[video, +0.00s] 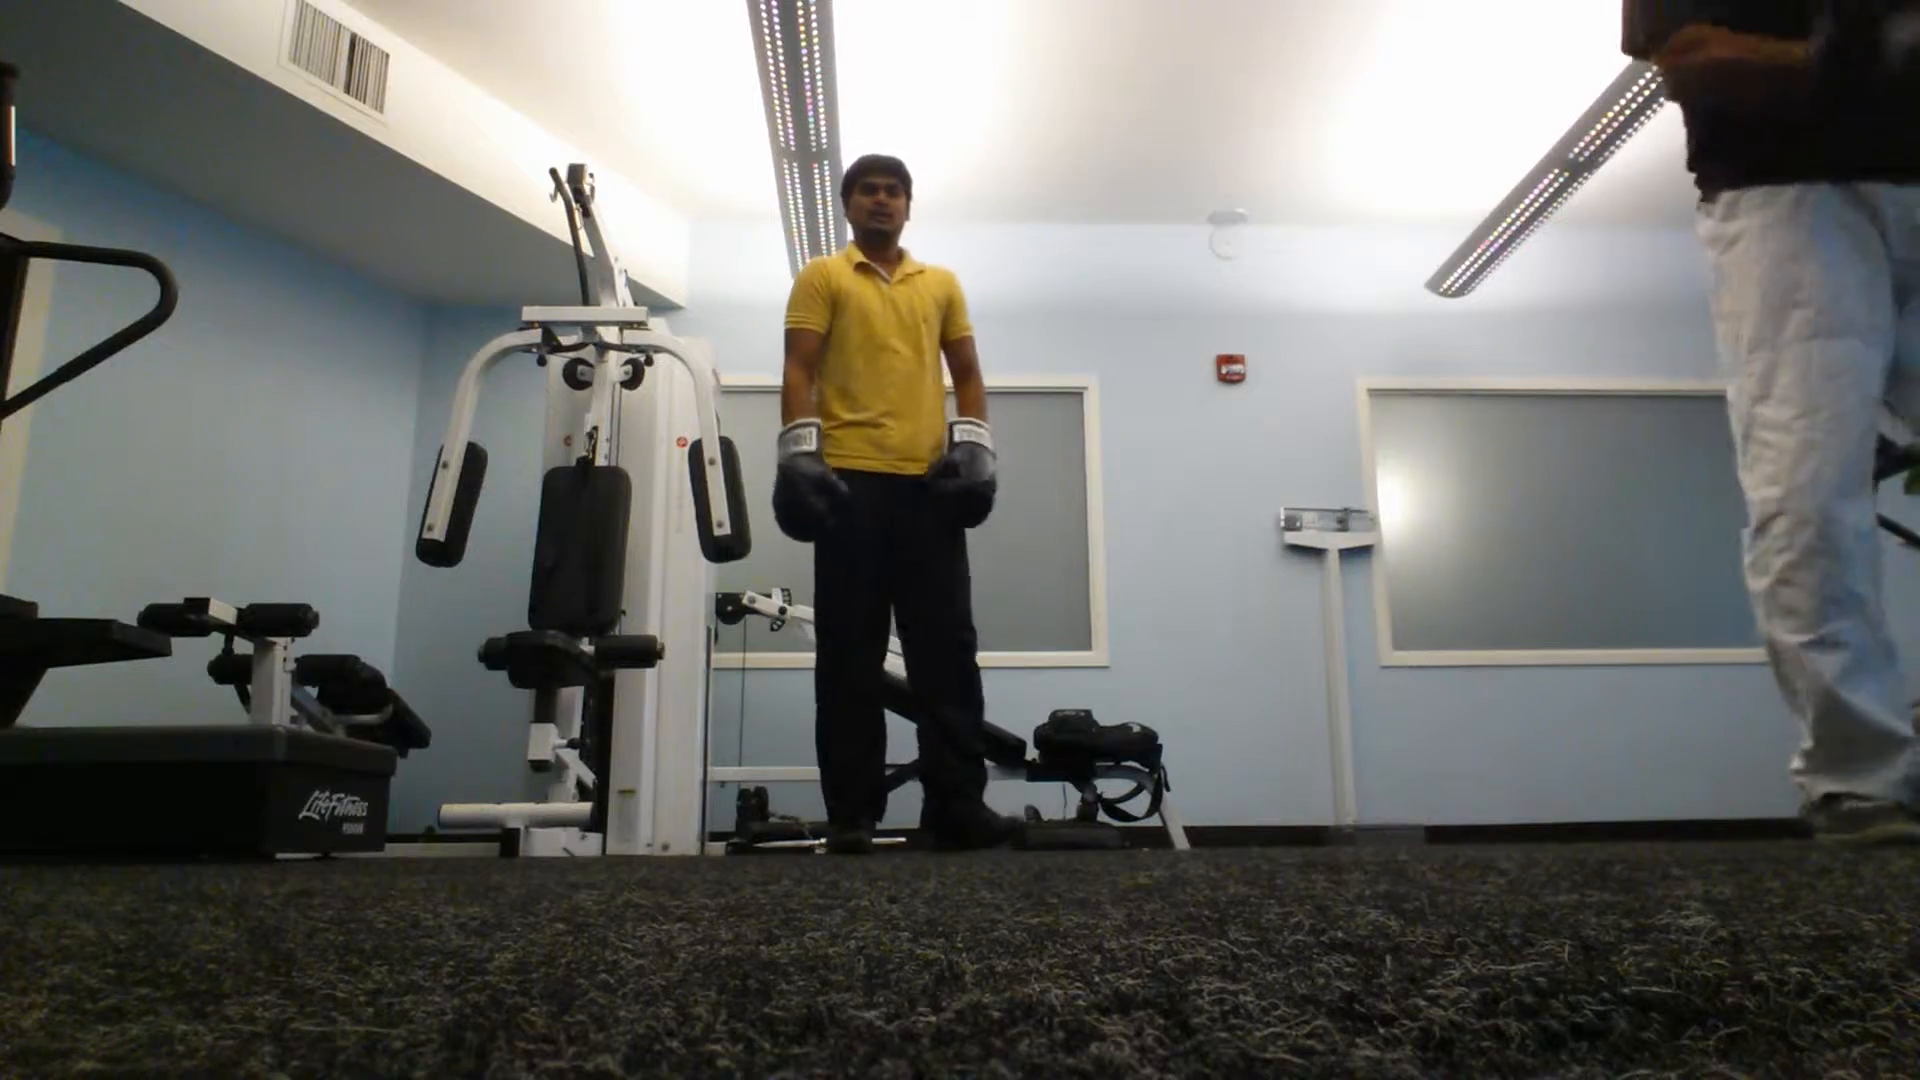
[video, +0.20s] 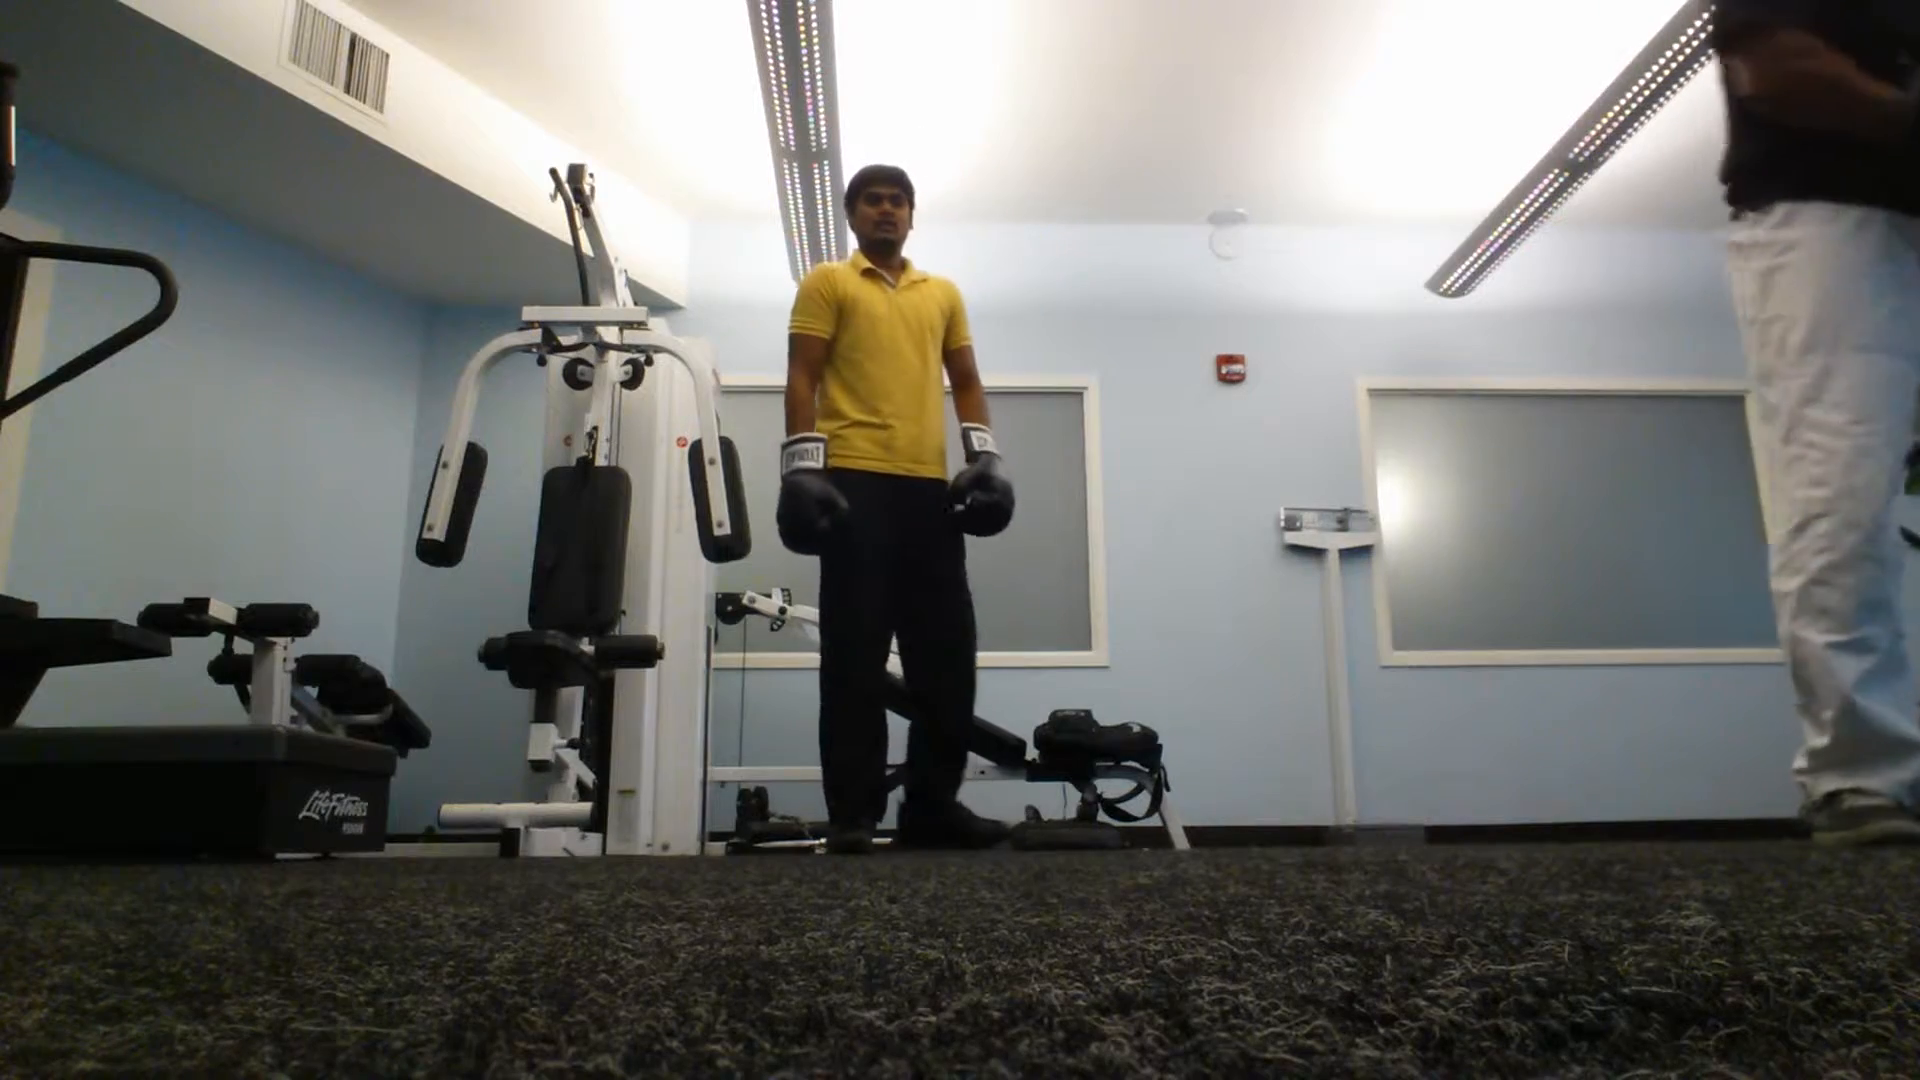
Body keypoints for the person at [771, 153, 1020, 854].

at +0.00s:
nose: (880, 201)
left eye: (892, 192)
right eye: (867, 191)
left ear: (909, 206)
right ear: (846, 205)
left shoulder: (939, 285)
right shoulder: (822, 279)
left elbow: (966, 376)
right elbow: (799, 367)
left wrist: (975, 446)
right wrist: (801, 453)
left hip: (929, 486)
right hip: (848, 484)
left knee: (946, 647)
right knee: (851, 656)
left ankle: (955, 808)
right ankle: (851, 816)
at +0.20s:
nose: (886, 210)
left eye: (897, 201)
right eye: (872, 200)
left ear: (913, 215)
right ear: (851, 214)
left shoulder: (942, 294)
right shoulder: (828, 284)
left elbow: (966, 382)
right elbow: (802, 375)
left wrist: (983, 457)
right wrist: (804, 464)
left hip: (926, 491)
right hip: (852, 487)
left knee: (947, 648)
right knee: (855, 655)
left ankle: (932, 807)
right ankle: (852, 816)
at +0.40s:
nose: (904, 226)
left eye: (913, 216)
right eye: (890, 216)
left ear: (925, 229)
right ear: (866, 231)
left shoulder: (953, 309)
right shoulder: (847, 298)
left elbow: (976, 391)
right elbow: (817, 385)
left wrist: (992, 466)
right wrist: (803, 475)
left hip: (937, 493)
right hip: (871, 488)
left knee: (925, 649)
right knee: (866, 648)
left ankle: (914, 808)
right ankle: (857, 813)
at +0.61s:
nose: (940, 241)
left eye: (944, 232)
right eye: (927, 231)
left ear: (948, 244)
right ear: (893, 245)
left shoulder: (969, 326)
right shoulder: (873, 308)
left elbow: (985, 407)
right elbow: (838, 390)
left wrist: (1005, 478)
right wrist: (826, 474)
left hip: (954, 501)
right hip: (896, 494)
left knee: (937, 650)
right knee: (890, 648)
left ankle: (915, 811)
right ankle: (862, 814)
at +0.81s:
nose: (960, 253)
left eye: (964, 245)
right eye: (948, 243)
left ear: (966, 256)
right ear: (913, 252)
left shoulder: (979, 336)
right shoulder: (891, 315)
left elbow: (992, 423)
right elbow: (861, 399)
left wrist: (1017, 503)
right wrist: (870, 482)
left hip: (963, 501)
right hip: (915, 491)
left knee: (953, 646)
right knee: (929, 639)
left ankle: (921, 806)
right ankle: (891, 805)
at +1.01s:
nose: (971, 260)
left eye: (975, 252)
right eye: (959, 250)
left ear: (975, 264)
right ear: (923, 256)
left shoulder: (978, 344)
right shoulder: (904, 314)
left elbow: (989, 432)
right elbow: (876, 396)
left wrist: (1020, 517)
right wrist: (886, 482)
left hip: (969, 504)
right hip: (926, 496)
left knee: (960, 649)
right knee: (949, 646)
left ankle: (937, 810)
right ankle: (917, 812)